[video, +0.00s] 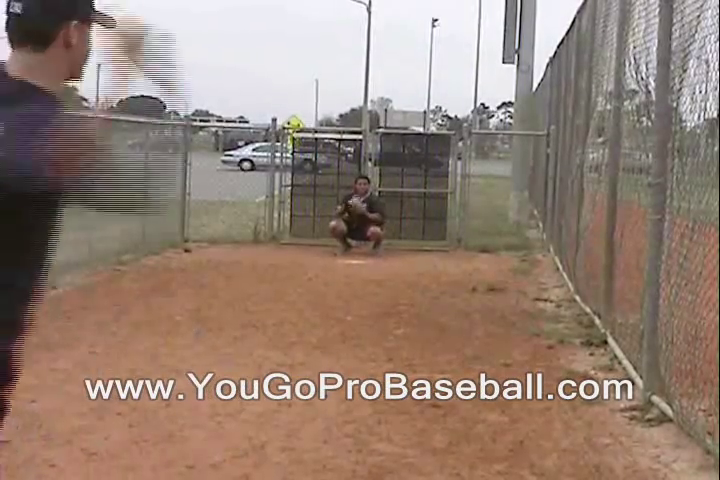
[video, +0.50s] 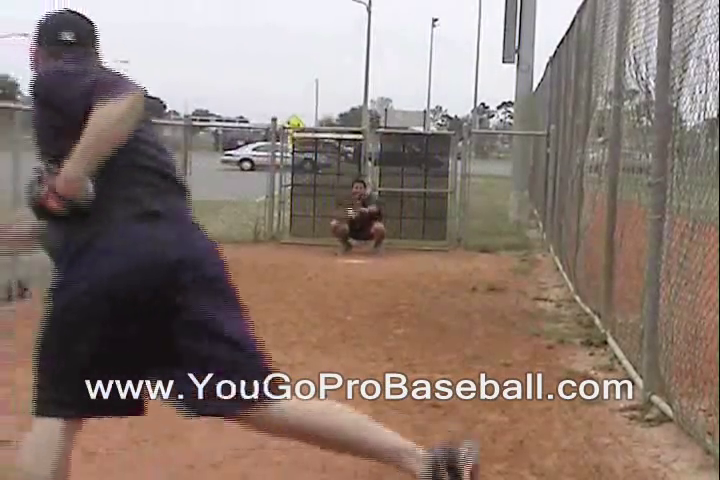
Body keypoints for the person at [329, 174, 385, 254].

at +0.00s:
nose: (362, 187)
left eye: (365, 184)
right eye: (359, 184)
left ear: (368, 186)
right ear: (355, 186)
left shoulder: (374, 200)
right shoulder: (348, 198)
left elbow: (380, 218)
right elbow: (338, 215)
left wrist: (364, 212)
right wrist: (343, 210)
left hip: (366, 226)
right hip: (351, 226)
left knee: (375, 231)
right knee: (334, 226)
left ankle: (376, 245)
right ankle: (346, 245)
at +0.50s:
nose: (358, 191)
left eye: (361, 188)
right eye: (356, 188)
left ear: (365, 190)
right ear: (352, 190)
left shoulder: (369, 201)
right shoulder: (347, 202)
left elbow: (375, 209)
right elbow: (336, 214)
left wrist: (366, 211)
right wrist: (348, 215)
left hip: (367, 230)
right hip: (350, 229)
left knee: (379, 228)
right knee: (336, 226)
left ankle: (377, 246)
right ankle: (346, 245)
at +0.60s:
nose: (356, 193)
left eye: (358, 190)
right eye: (354, 190)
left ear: (363, 191)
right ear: (351, 191)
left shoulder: (369, 201)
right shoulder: (347, 201)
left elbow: (372, 211)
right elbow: (333, 213)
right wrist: (348, 215)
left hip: (365, 227)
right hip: (351, 226)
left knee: (380, 227)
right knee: (336, 224)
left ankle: (379, 246)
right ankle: (346, 245)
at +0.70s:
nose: (356, 192)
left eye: (358, 190)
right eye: (354, 190)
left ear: (363, 191)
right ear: (350, 191)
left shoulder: (370, 202)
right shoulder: (346, 201)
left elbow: (369, 221)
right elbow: (333, 213)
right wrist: (346, 213)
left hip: (368, 226)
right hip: (353, 226)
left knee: (383, 226)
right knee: (337, 224)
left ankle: (381, 247)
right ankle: (346, 246)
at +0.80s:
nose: (356, 193)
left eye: (358, 190)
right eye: (353, 190)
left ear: (362, 191)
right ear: (349, 191)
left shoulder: (369, 201)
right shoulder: (345, 200)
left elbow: (370, 223)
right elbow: (334, 211)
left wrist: (361, 240)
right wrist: (343, 215)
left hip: (368, 222)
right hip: (353, 222)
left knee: (383, 226)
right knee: (340, 222)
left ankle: (381, 247)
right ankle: (344, 246)